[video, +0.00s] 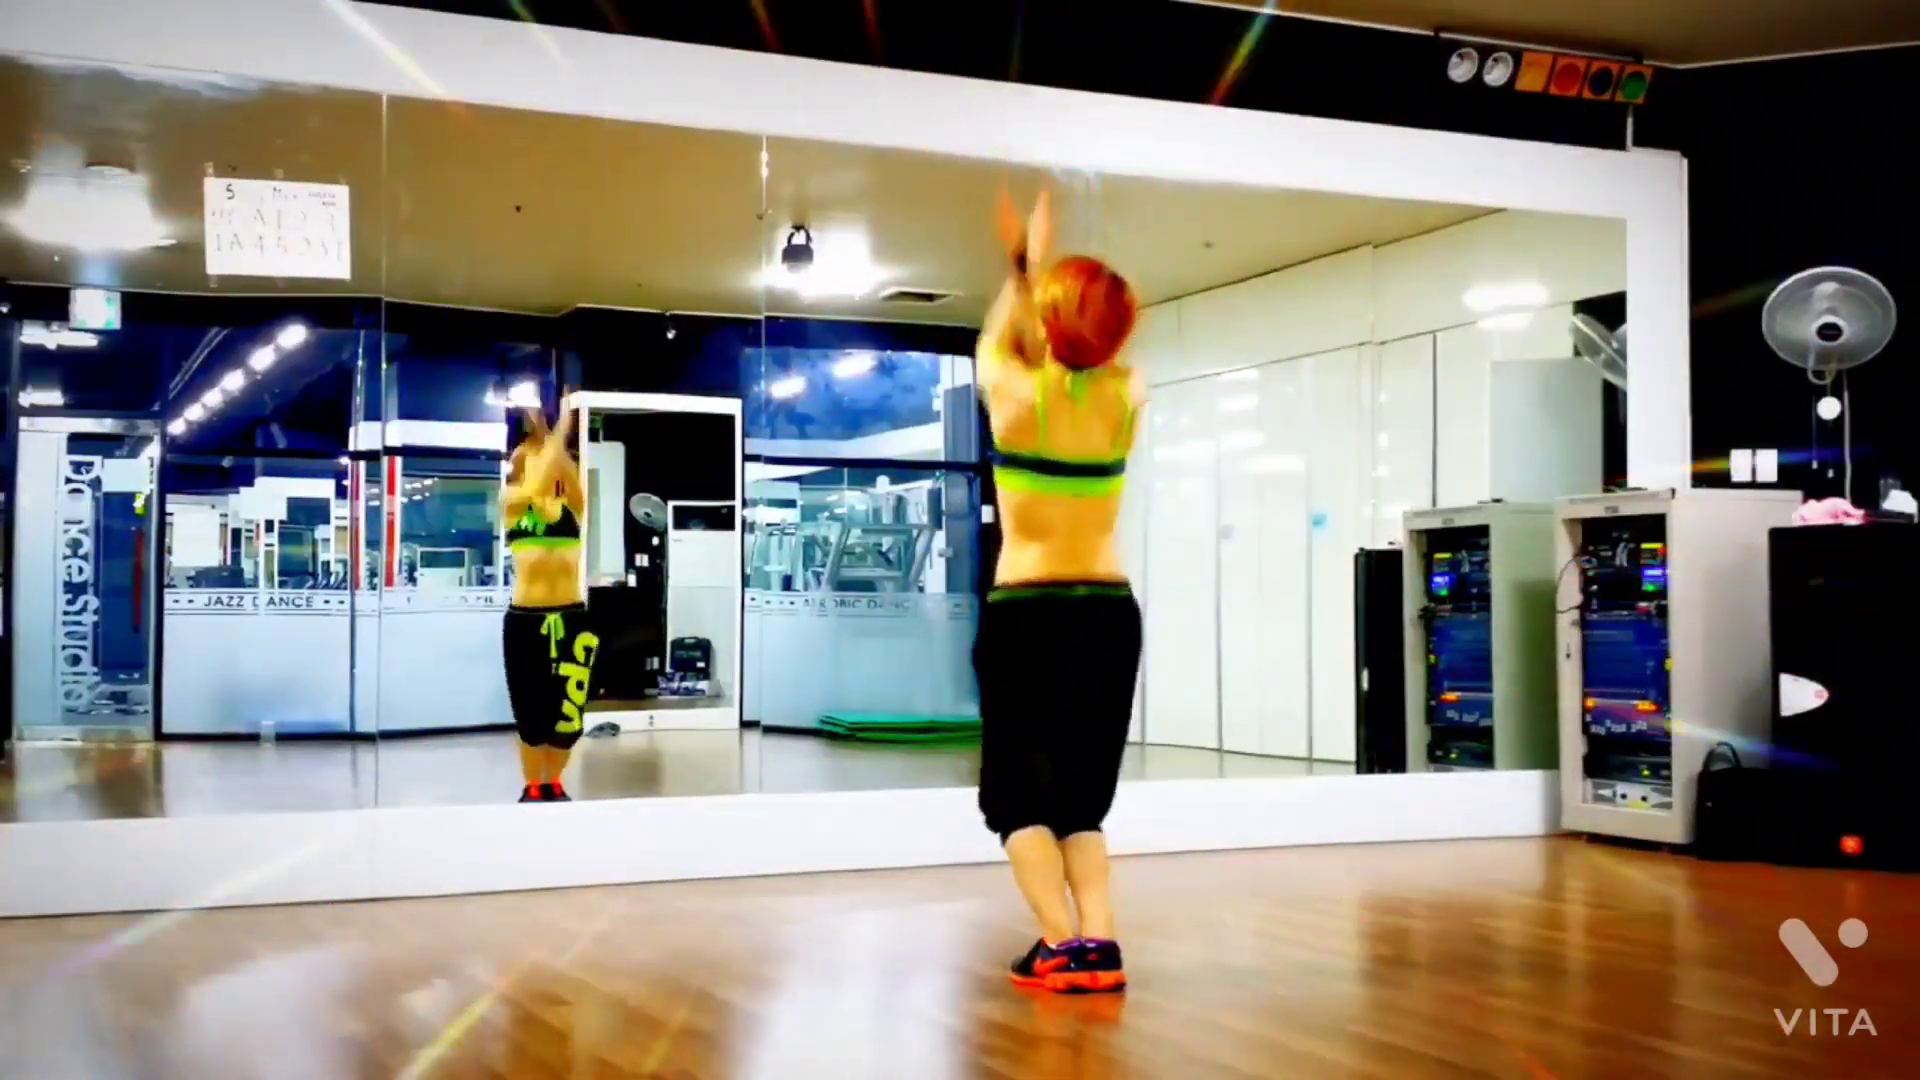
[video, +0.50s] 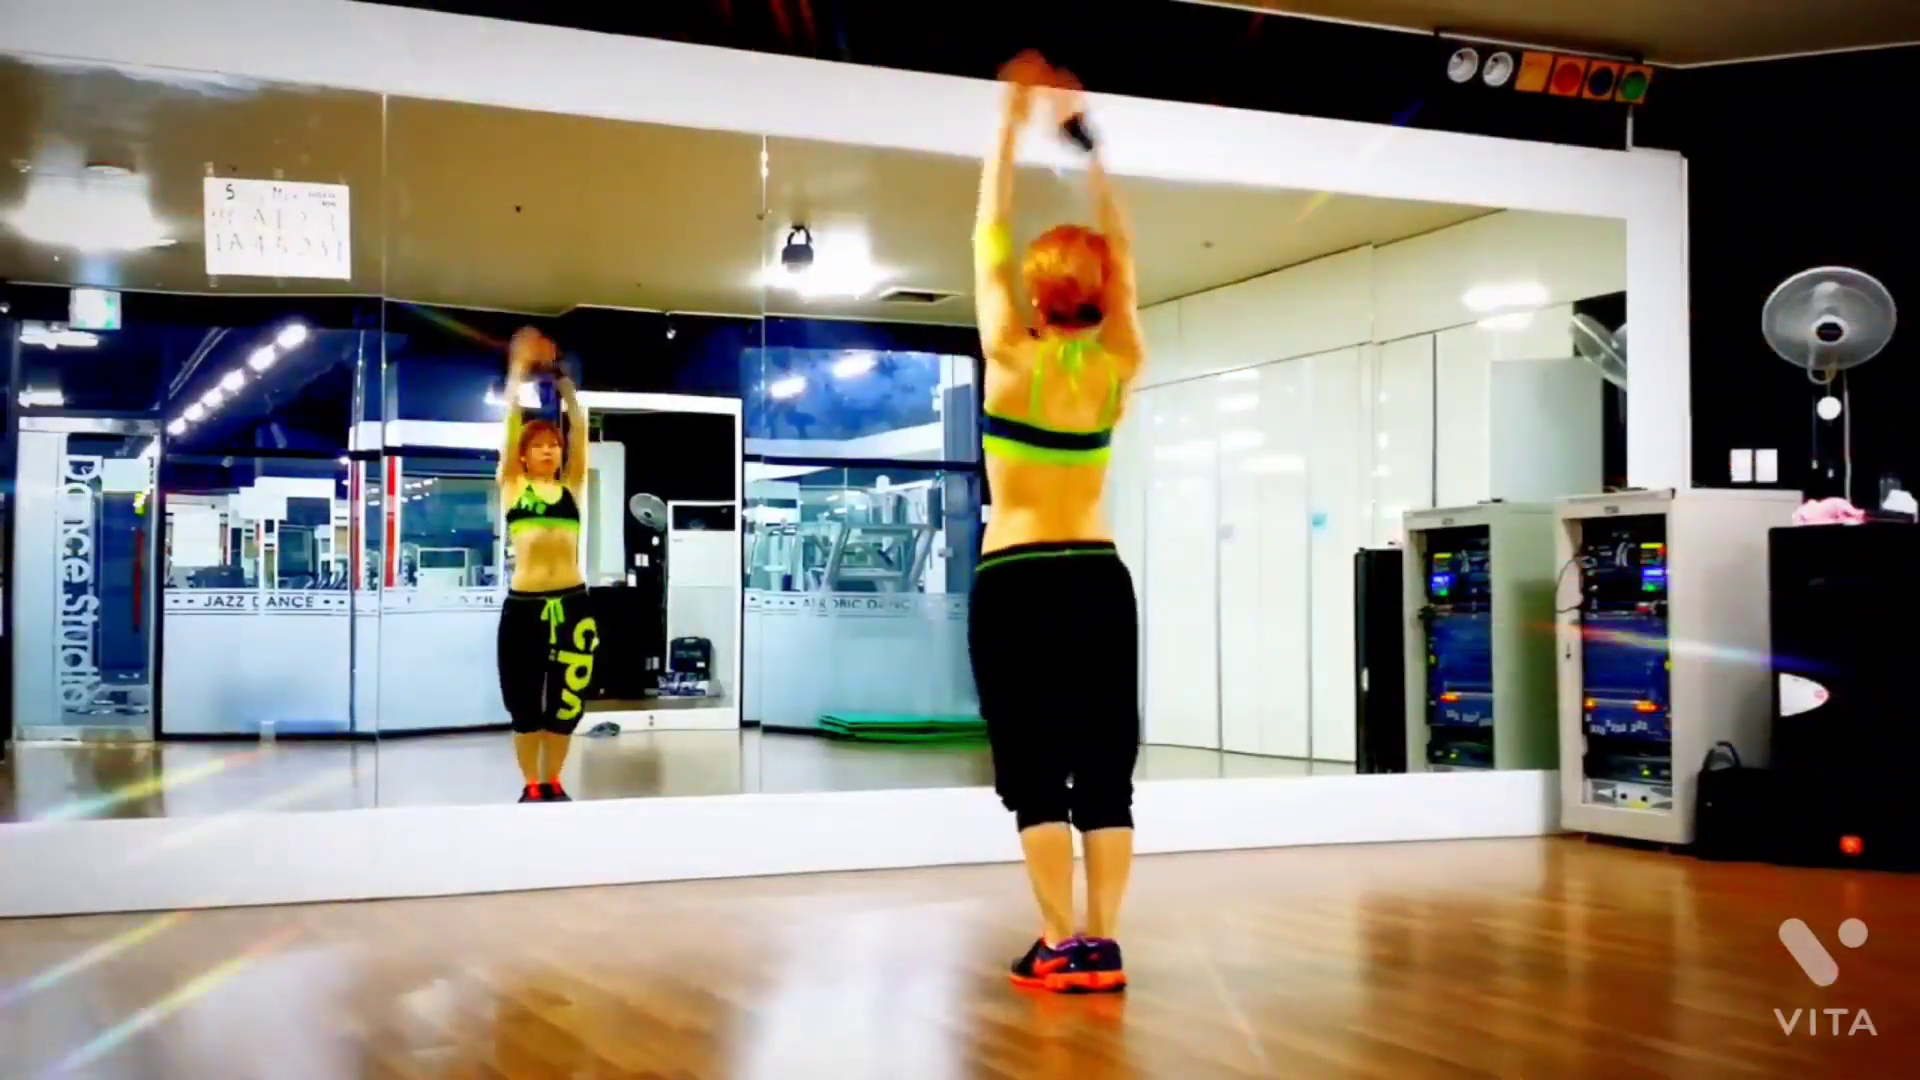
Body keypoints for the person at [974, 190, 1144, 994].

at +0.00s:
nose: (1029, 313)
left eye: (1045, 303)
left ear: (1039, 328)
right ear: (1107, 334)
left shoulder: (1012, 389)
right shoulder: (1123, 396)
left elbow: (1004, 330)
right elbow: (1090, 340)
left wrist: (1021, 267)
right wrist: (1045, 269)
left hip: (1023, 613)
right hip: (1106, 611)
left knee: (1014, 791)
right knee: (1082, 794)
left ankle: (1060, 940)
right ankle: (1099, 942)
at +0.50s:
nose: (1035, 285)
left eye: (1039, 272)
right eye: (1081, 270)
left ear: (1031, 290)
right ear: (1104, 291)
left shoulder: (1009, 352)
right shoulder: (1115, 361)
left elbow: (994, 230)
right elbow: (1114, 248)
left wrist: (1010, 119)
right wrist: (1087, 141)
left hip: (1012, 574)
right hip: (1096, 571)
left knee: (1029, 766)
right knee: (1106, 764)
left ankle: (1063, 938)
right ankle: (1100, 942)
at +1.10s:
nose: (1019, 303)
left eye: (1020, 293)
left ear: (1025, 298)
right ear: (1094, 297)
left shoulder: (1006, 370)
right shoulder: (1124, 377)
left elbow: (910, 416)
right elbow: (1224, 425)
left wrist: (842, 474)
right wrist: (1307, 461)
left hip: (1020, 581)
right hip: (1102, 578)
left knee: (1036, 763)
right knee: (1112, 762)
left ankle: (1062, 941)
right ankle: (1103, 945)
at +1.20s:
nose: (1022, 306)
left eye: (1021, 295)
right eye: (1032, 294)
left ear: (1025, 301)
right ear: (1095, 297)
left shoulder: (1002, 381)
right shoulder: (1128, 385)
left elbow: (938, 477)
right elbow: (1191, 472)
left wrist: (894, 567)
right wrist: (1251, 550)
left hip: (1021, 586)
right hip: (1104, 583)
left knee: (1037, 760)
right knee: (1112, 760)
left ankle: (1061, 941)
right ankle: (1103, 942)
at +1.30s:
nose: (1020, 308)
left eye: (1021, 297)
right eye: (1032, 297)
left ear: (1025, 302)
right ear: (1095, 297)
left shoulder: (999, 386)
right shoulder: (1133, 390)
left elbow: (980, 508)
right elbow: (1137, 505)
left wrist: (963, 610)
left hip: (1021, 589)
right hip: (1108, 587)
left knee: (1038, 767)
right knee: (1112, 766)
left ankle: (1060, 938)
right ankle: (1102, 942)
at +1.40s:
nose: (1017, 310)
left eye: (1020, 299)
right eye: (1022, 299)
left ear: (1029, 301)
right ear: (1096, 296)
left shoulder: (1005, 372)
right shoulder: (1137, 383)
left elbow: (975, 478)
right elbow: (1109, 473)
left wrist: (1007, 520)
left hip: (1027, 588)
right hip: (1111, 587)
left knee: (1039, 765)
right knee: (1115, 767)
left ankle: (1059, 940)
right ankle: (1102, 943)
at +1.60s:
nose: (1012, 308)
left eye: (1013, 298)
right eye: (1015, 299)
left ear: (1025, 300)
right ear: (1087, 295)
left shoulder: (1015, 352)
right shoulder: (1132, 358)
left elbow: (950, 358)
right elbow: (1130, 342)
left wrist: (962, 331)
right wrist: (1086, 315)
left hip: (1034, 583)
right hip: (1118, 580)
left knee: (1042, 768)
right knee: (1118, 768)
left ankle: (1062, 940)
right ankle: (1104, 943)